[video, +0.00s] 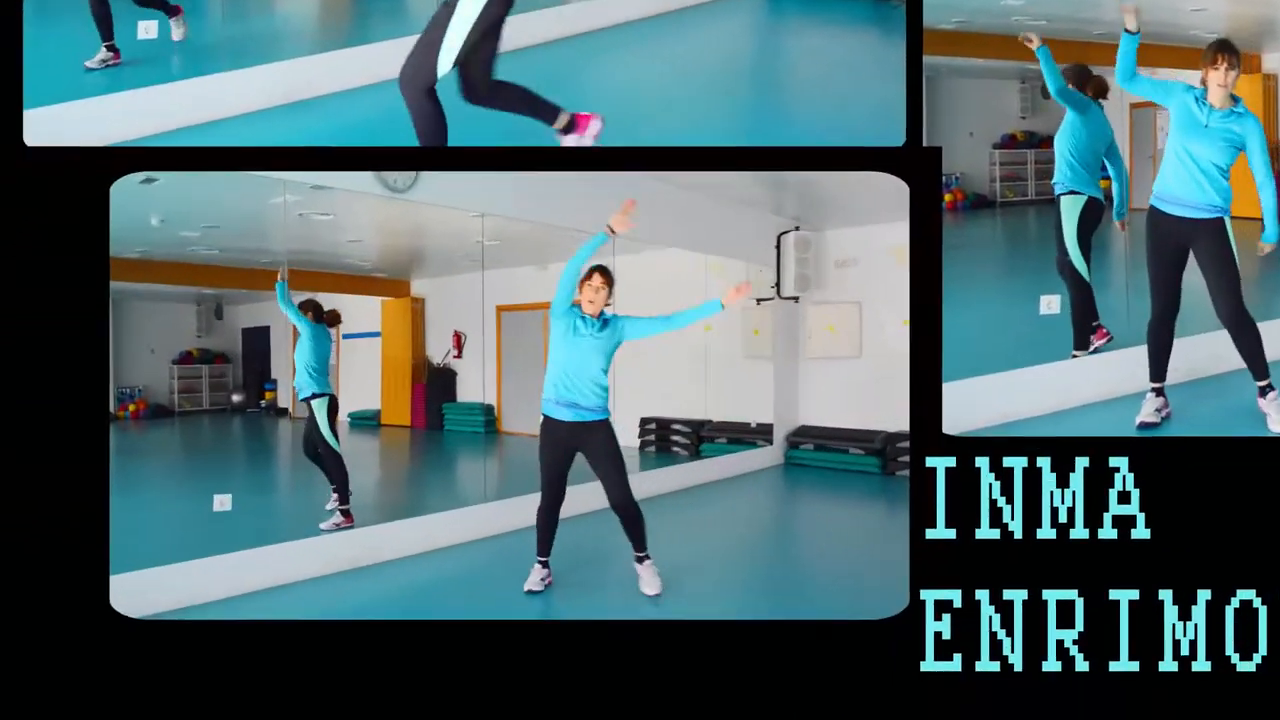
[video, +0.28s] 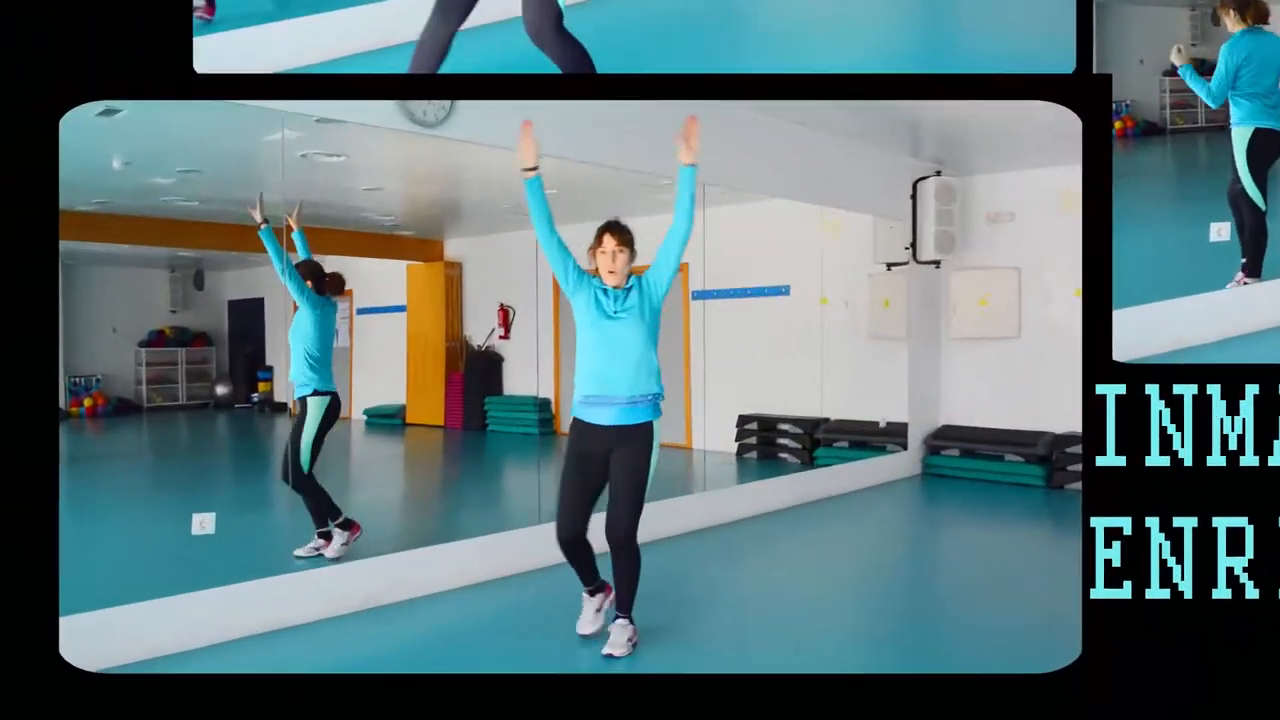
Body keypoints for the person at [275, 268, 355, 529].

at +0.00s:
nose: (299, 319)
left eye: (301, 314)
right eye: (300, 314)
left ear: (309, 314)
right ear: (315, 315)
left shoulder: (312, 330)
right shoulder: (322, 334)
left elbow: (286, 306)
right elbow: (291, 307)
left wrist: (281, 283)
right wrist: (285, 286)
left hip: (320, 399)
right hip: (318, 399)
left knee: (329, 449)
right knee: (310, 448)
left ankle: (344, 513)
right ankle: (340, 488)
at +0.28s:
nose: (294, 283)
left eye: (298, 278)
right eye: (295, 278)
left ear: (309, 281)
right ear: (315, 282)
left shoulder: (317, 305)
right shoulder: (316, 304)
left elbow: (284, 269)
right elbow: (306, 265)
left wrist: (262, 226)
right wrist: (297, 230)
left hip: (320, 400)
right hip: (307, 400)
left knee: (300, 472)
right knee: (292, 473)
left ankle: (344, 527)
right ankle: (325, 535)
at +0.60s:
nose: (281, 245)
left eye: (288, 239)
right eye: (278, 240)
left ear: (307, 241)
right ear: (278, 242)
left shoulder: (308, 272)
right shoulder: (293, 269)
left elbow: (281, 264)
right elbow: (269, 234)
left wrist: (259, 244)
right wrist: (237, 206)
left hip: (310, 382)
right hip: (297, 383)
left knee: (310, 472)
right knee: (294, 473)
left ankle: (309, 561)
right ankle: (322, 554)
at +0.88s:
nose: (234, 279)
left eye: (241, 271)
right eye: (232, 272)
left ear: (263, 274)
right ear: (235, 276)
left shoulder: (286, 315)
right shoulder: (250, 312)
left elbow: (303, 388)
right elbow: (237, 343)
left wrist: (270, 406)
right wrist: (220, 323)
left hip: (329, 406)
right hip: (301, 407)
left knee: (288, 494)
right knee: (259, 473)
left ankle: (311, 590)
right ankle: (320, 537)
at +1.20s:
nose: (218, 327)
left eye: (226, 320)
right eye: (217, 319)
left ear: (252, 323)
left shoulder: (285, 357)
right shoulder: (232, 352)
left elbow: (315, 422)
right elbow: (231, 406)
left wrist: (318, 489)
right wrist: (233, 464)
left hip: (332, 427)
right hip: (308, 431)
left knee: (266, 506)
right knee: (283, 511)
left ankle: (308, 593)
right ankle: (345, 578)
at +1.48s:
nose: (235, 279)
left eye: (239, 272)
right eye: (236, 273)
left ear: (259, 275)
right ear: (260, 276)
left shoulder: (284, 313)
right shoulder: (262, 306)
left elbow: (287, 379)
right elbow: (220, 298)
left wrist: (238, 383)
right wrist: (202, 306)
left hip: (321, 411)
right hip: (303, 412)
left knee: (279, 496)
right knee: (287, 485)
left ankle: (307, 591)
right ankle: (334, 553)